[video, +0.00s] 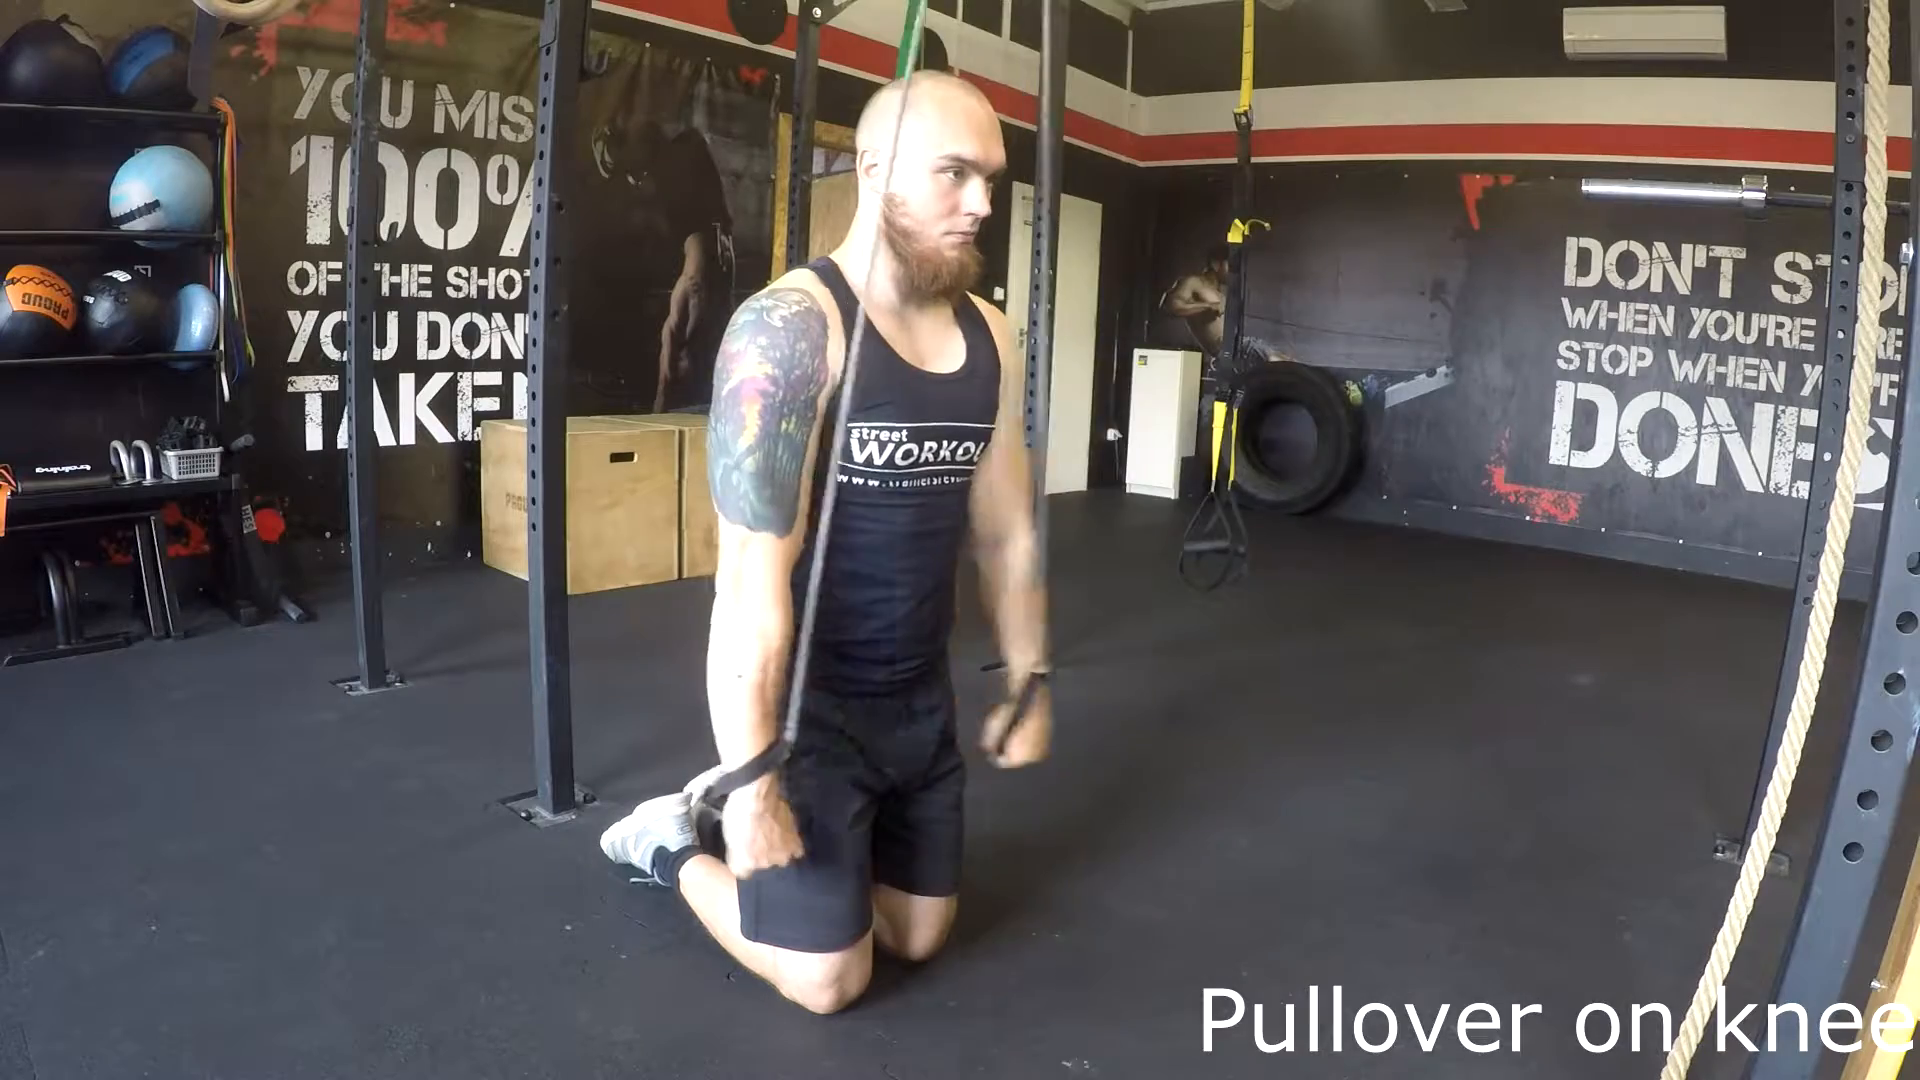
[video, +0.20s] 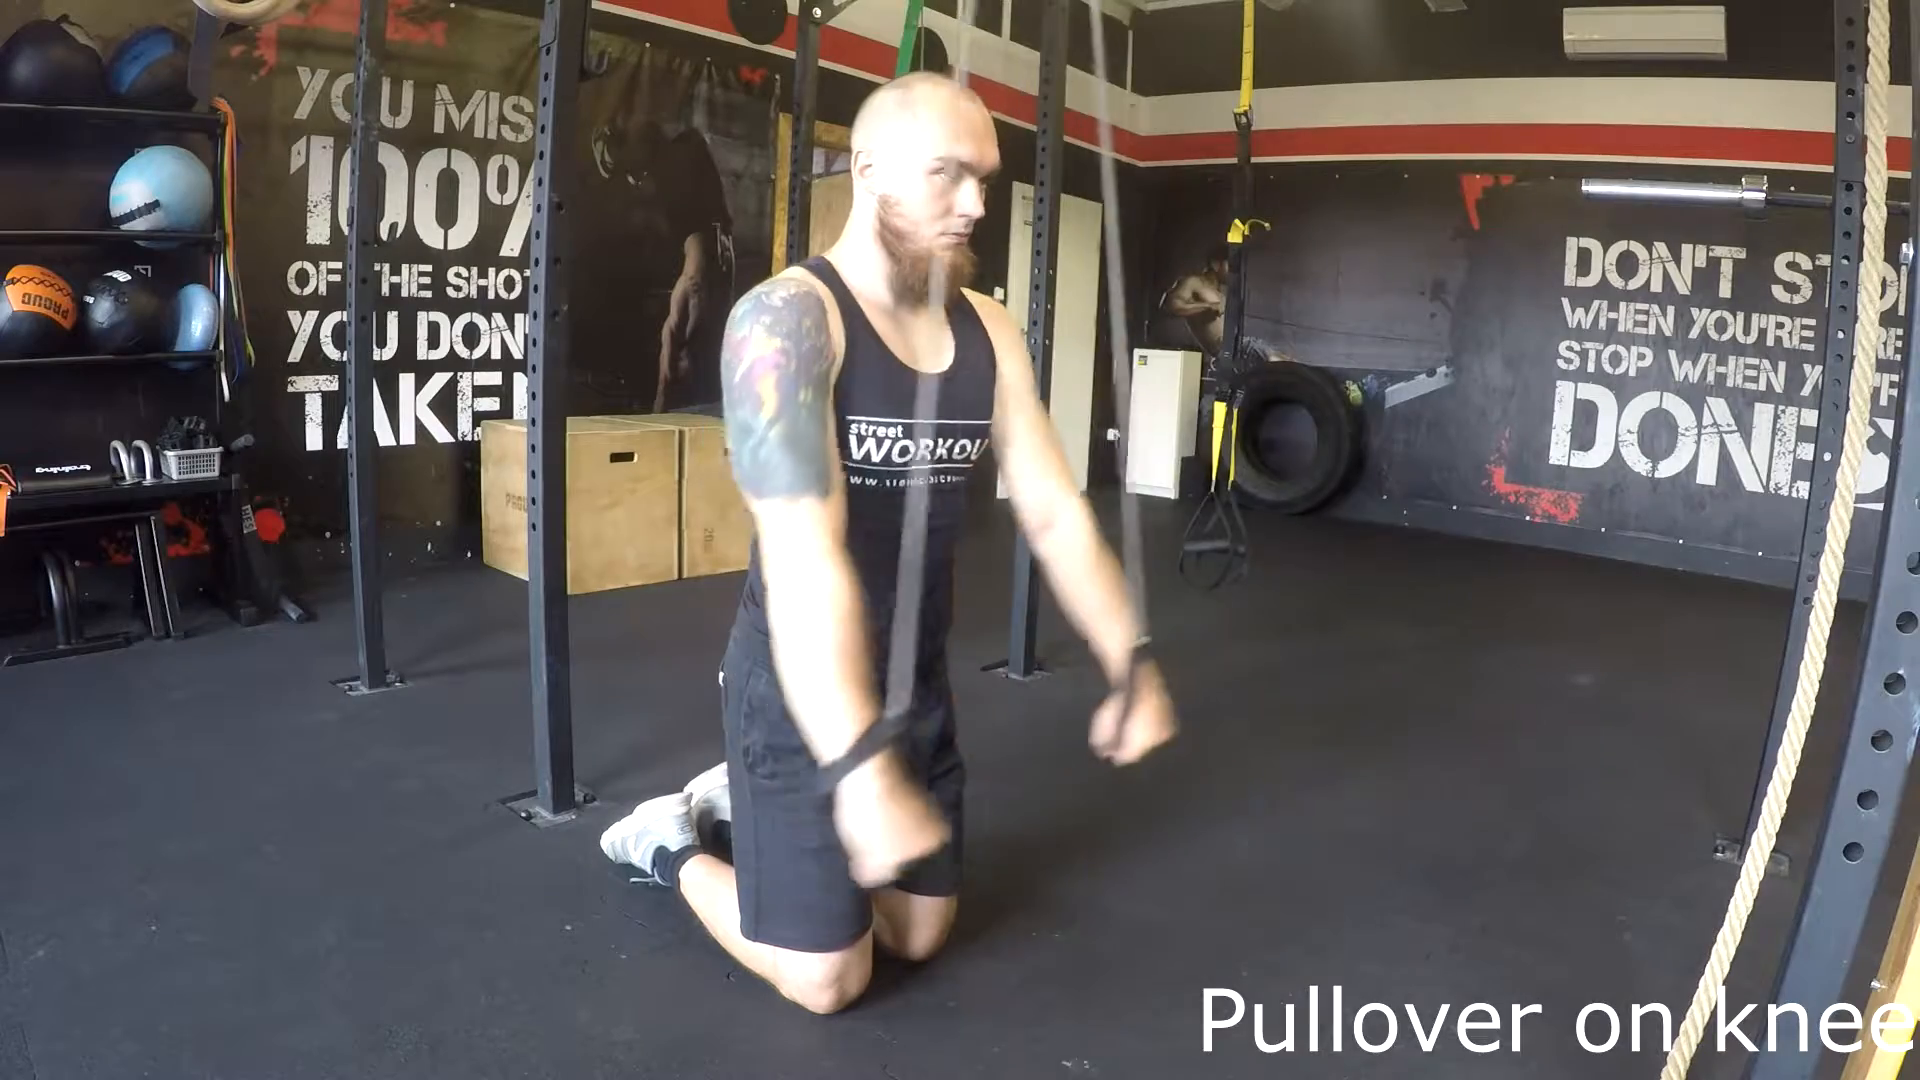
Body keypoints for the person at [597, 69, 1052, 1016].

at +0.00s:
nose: (982, 204)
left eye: (992, 180)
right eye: (956, 174)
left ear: (996, 188)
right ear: (877, 175)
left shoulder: (989, 333)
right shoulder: (787, 331)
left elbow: (1007, 528)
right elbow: (754, 570)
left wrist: (1028, 675)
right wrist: (752, 774)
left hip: (918, 697)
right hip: (803, 705)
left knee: (915, 932)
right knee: (826, 980)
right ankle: (680, 848)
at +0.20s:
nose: (975, 205)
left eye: (985, 179)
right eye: (950, 175)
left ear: (992, 182)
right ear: (871, 173)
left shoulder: (987, 327)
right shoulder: (785, 323)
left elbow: (1051, 505)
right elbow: (803, 563)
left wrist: (1130, 659)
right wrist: (859, 761)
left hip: (916, 681)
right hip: (802, 691)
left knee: (915, 932)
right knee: (824, 979)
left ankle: (748, 805)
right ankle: (673, 850)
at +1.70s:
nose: (983, 213)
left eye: (994, 188)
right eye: (958, 183)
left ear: (1001, 194)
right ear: (879, 180)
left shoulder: (987, 342)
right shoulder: (783, 337)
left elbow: (977, 538)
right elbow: (742, 579)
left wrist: (975, 679)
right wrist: (719, 770)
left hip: (916, 693)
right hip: (799, 703)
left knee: (915, 932)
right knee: (827, 981)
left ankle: (774, 832)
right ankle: (677, 845)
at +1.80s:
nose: (983, 212)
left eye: (994, 188)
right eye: (958, 183)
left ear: (1002, 195)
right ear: (880, 181)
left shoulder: (986, 342)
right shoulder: (784, 336)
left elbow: (979, 542)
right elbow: (741, 577)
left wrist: (981, 682)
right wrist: (718, 771)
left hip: (916, 693)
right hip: (798, 704)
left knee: (915, 932)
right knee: (827, 980)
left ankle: (778, 834)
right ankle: (676, 847)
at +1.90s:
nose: (983, 213)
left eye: (992, 187)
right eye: (956, 183)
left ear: (1001, 191)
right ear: (878, 179)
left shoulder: (987, 341)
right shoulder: (783, 336)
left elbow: (994, 533)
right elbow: (748, 580)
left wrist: (1007, 671)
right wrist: (734, 775)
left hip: (914, 693)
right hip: (798, 703)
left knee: (914, 932)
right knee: (826, 981)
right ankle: (675, 846)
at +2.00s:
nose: (977, 208)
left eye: (989, 184)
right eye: (951, 176)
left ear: (995, 193)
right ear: (871, 174)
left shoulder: (985, 338)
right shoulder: (781, 333)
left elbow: (1019, 530)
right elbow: (765, 582)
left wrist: (1058, 676)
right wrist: (780, 787)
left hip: (913, 697)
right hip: (804, 704)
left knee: (916, 932)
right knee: (825, 979)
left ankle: (732, 807)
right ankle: (672, 855)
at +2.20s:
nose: (969, 207)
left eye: (980, 181)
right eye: (943, 174)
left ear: (987, 191)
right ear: (863, 175)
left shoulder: (978, 325)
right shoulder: (780, 325)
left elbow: (1064, 486)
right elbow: (846, 537)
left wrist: (1168, 640)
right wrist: (937, 727)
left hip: (921, 676)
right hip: (798, 685)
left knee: (915, 933)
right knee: (822, 978)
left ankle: (754, 806)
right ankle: (669, 851)